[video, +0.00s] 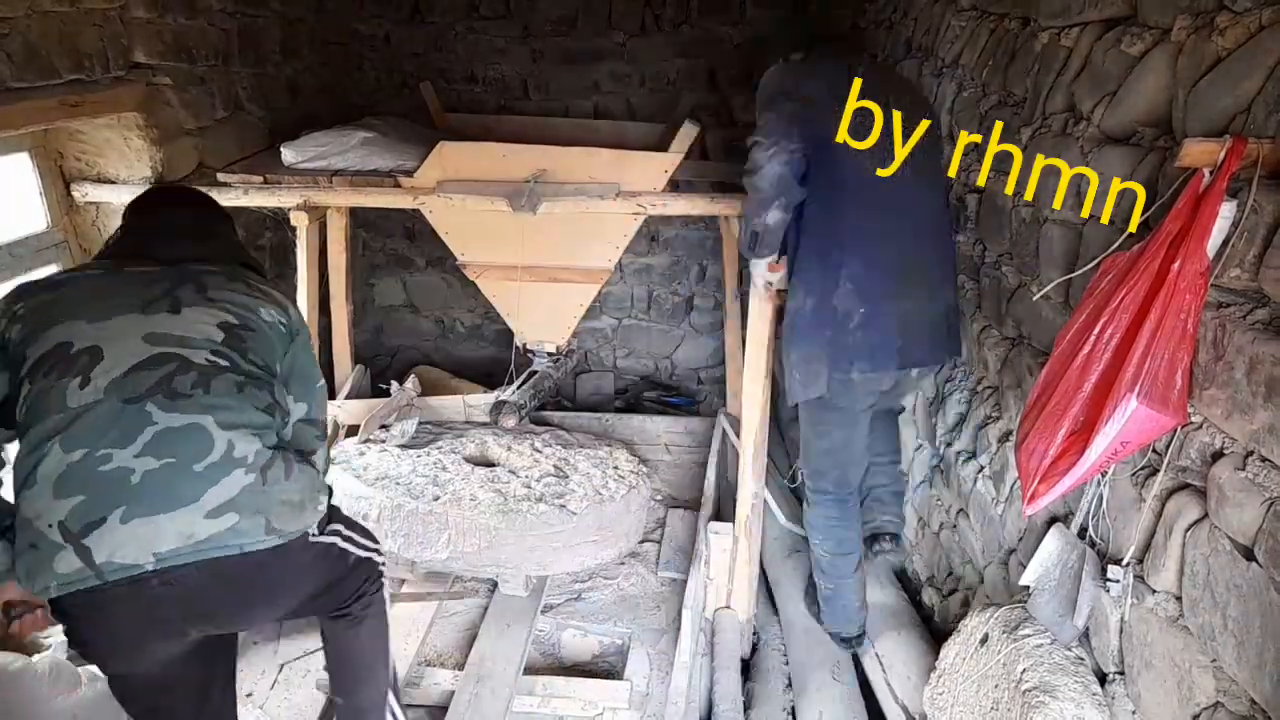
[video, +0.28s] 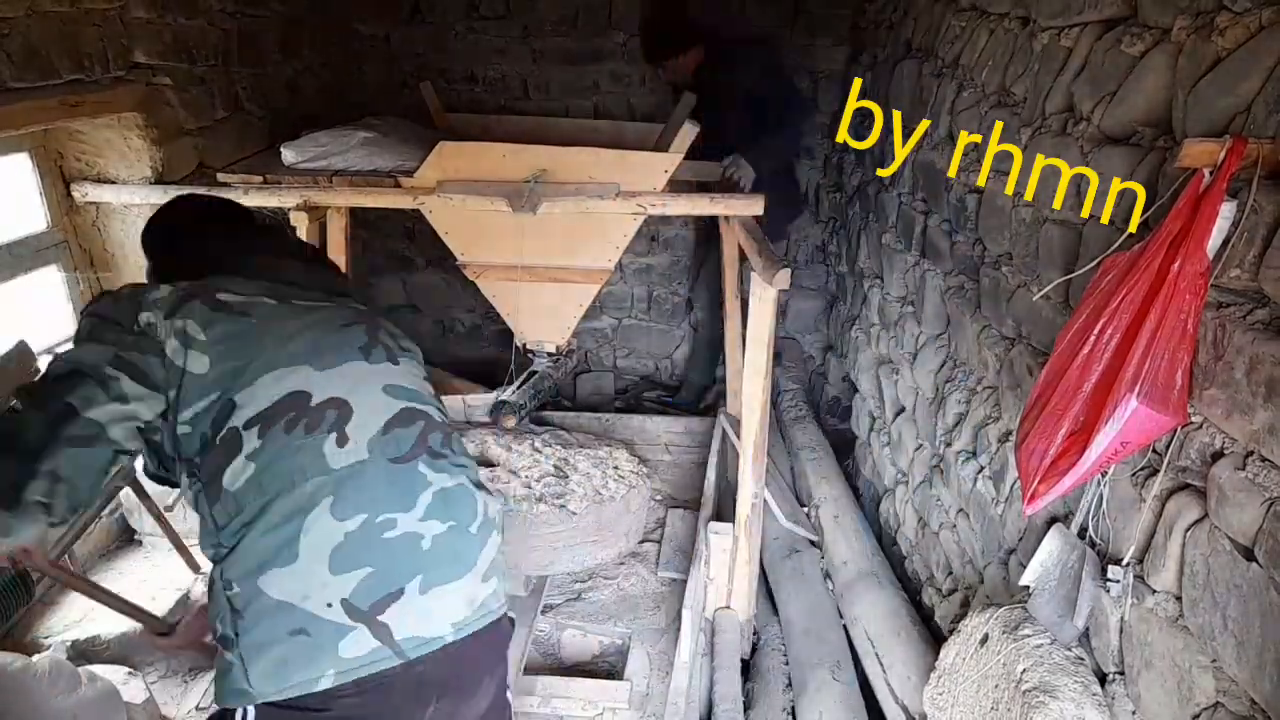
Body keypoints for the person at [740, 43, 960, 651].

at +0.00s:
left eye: (765, 64)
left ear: (782, 48)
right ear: (852, 40)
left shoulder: (792, 83)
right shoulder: (909, 94)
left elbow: (776, 170)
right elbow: (937, 202)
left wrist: (764, 254)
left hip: (838, 322)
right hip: (918, 315)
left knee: (832, 490)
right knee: (881, 416)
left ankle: (846, 622)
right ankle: (884, 528)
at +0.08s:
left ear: (792, 22)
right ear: (856, 25)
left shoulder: (796, 62)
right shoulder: (897, 82)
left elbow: (791, 156)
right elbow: (933, 178)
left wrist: (758, 220)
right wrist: (936, 247)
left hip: (826, 257)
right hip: (889, 257)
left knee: (796, 361)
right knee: (856, 376)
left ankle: (833, 482)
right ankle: (857, 491)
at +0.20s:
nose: (715, 56)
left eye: (716, 45)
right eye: (711, 47)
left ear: (733, 35)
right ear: (731, 38)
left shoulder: (780, 60)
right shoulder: (749, 72)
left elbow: (818, 124)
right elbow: (755, 139)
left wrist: (781, 182)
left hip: (791, 212)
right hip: (765, 209)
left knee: (767, 314)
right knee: (759, 309)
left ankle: (794, 416)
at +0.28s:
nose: (668, 74)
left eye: (668, 64)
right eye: (663, 67)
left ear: (686, 52)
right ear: (681, 52)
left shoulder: (744, 66)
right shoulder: (699, 83)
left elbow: (793, 116)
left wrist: (755, 158)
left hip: (754, 202)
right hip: (719, 204)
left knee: (713, 297)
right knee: (717, 298)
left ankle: (693, 393)